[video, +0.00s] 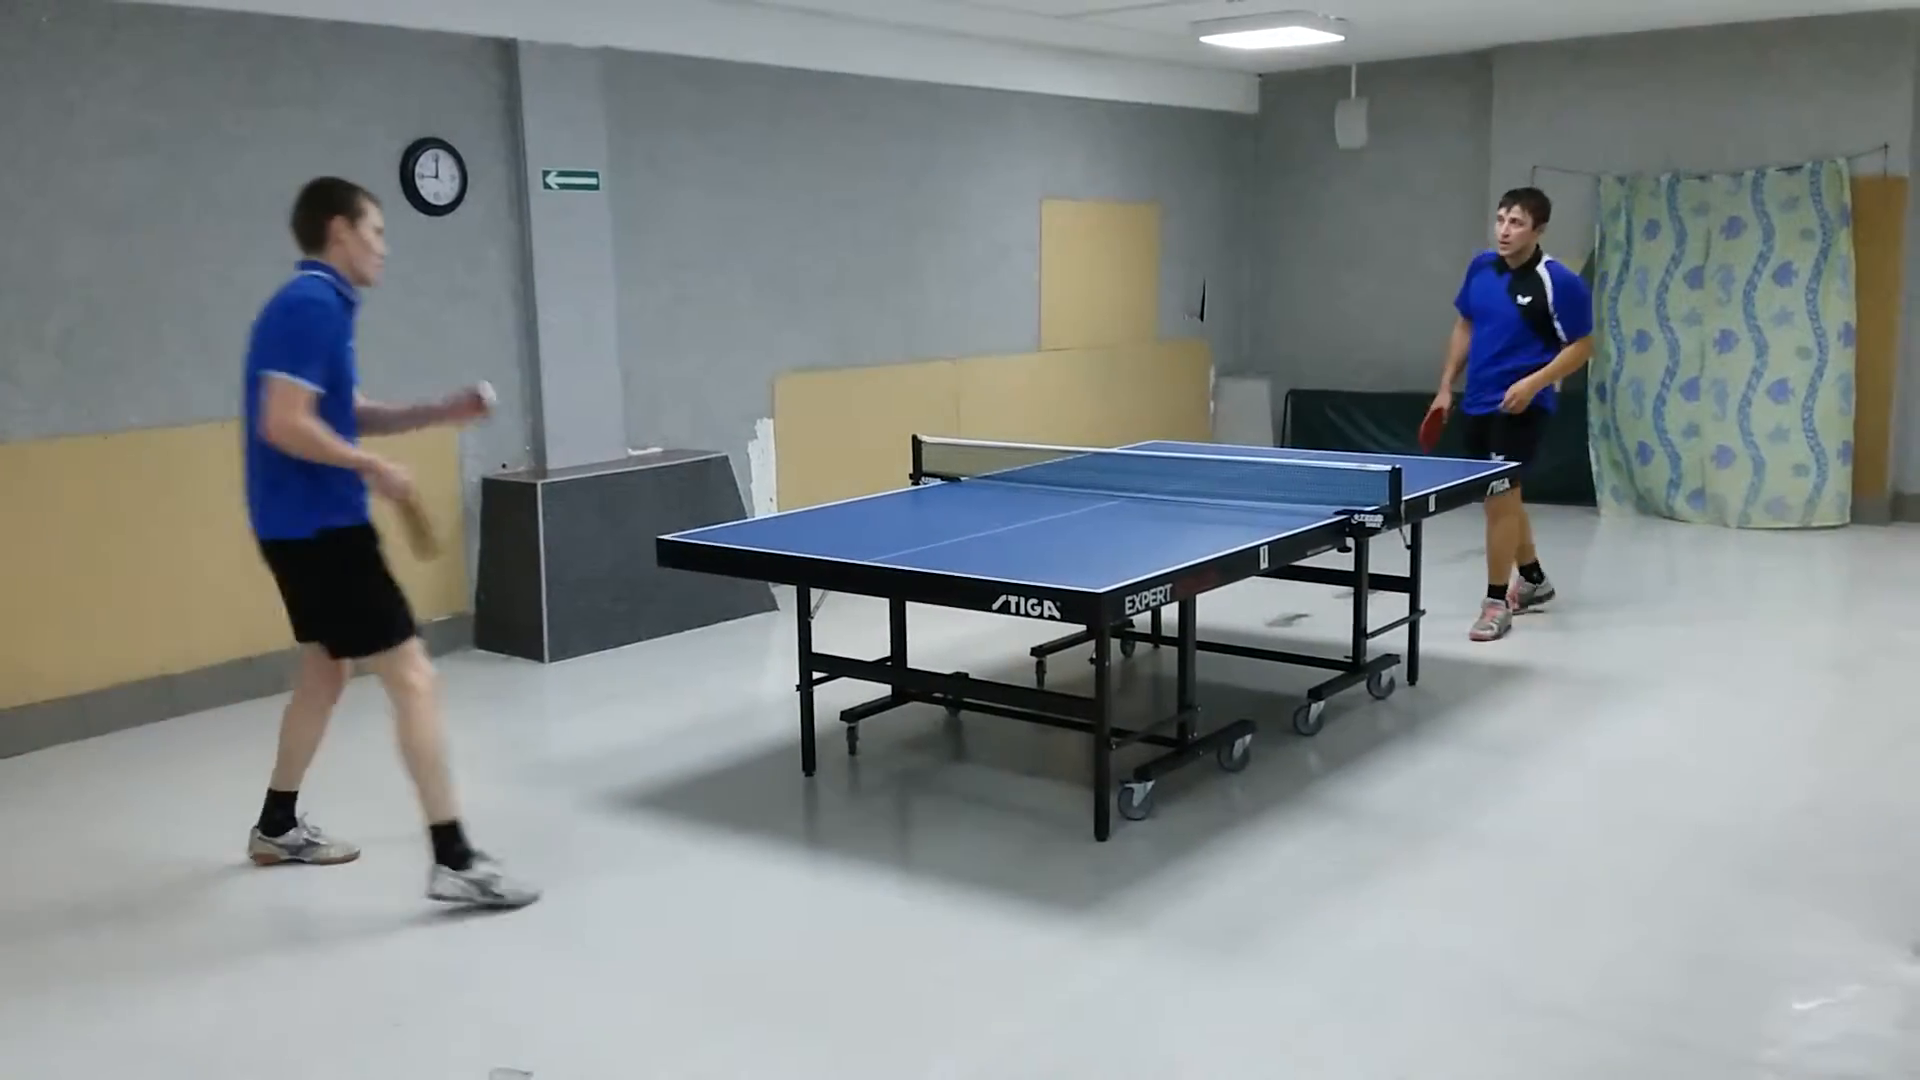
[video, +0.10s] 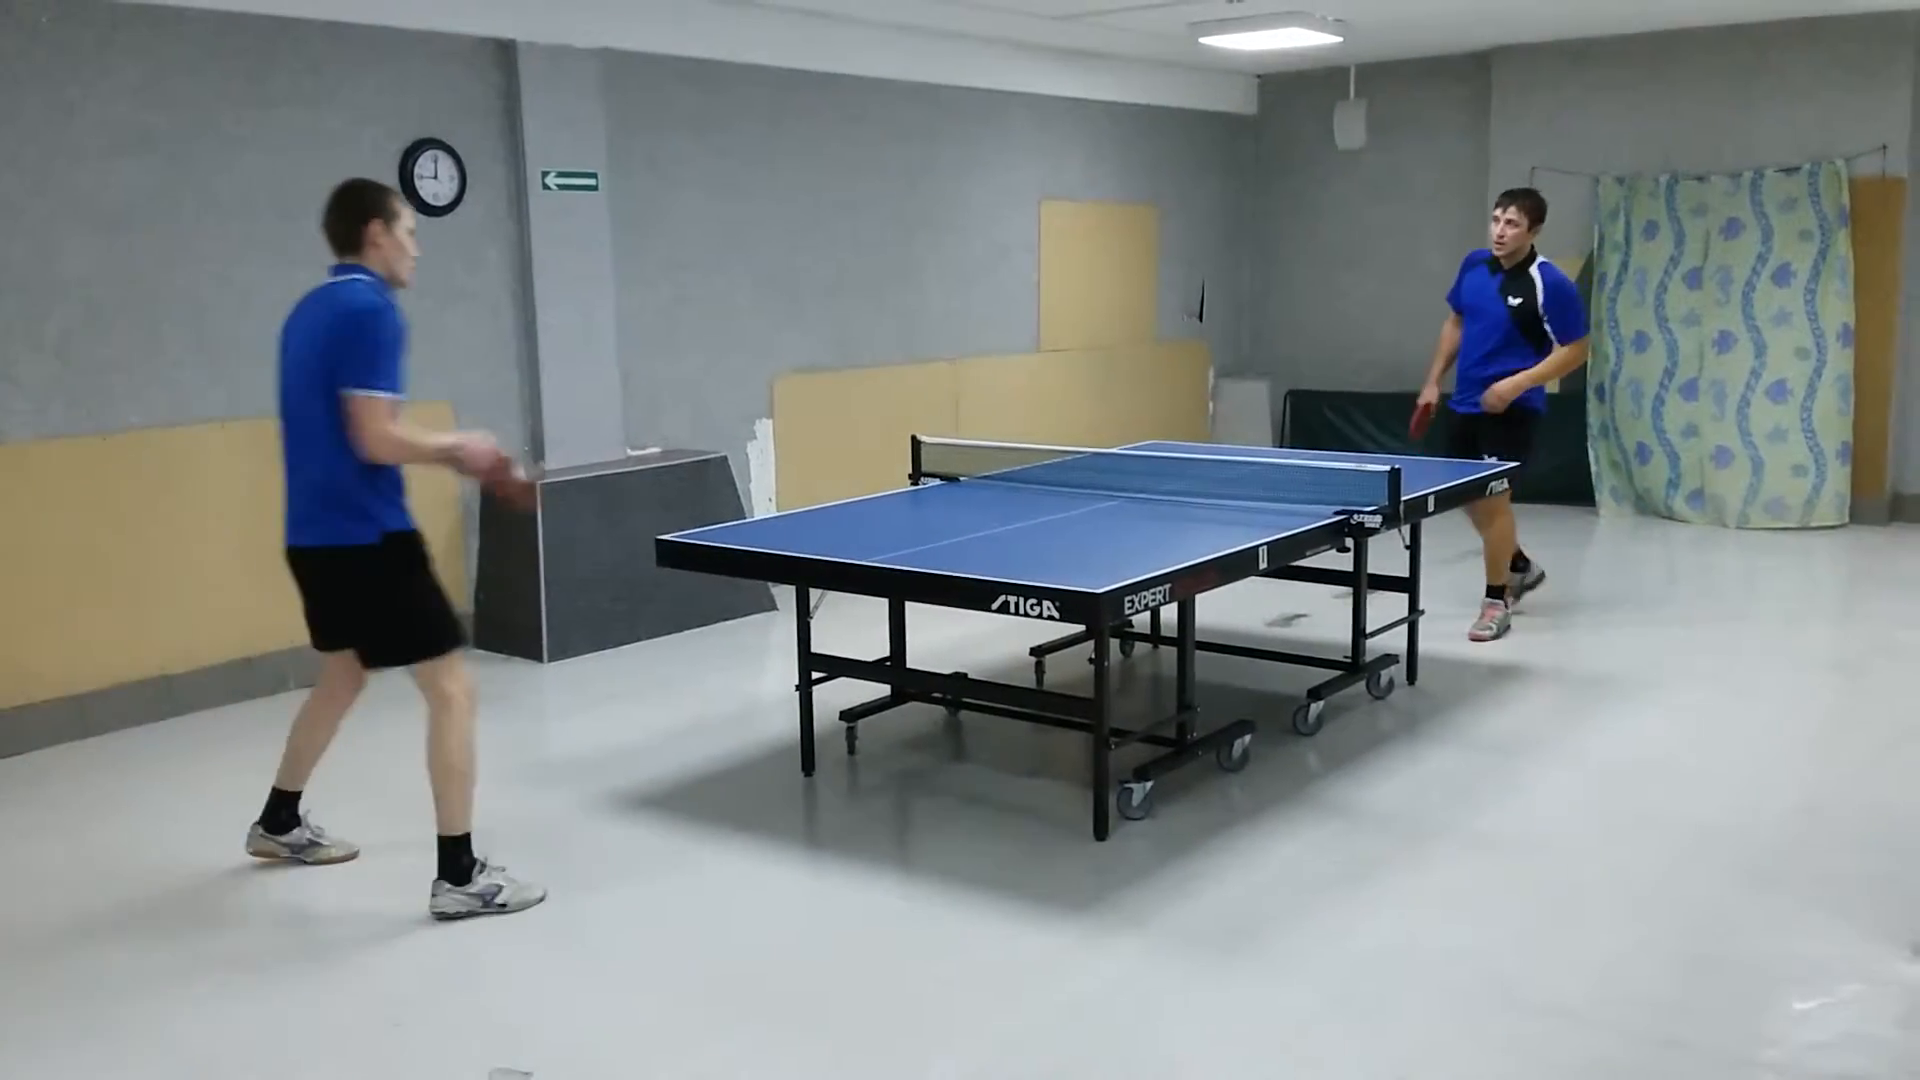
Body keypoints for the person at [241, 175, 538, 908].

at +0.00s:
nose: (383, 247)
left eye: (381, 234)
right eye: (373, 231)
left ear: (333, 236)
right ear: (335, 233)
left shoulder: (323, 305)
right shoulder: (311, 304)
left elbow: (343, 417)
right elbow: (282, 423)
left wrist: (440, 413)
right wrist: (375, 468)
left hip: (305, 527)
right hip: (320, 529)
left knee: (324, 669)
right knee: (414, 675)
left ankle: (276, 826)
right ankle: (453, 861)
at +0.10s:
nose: (416, 248)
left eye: (415, 234)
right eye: (408, 234)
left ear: (355, 239)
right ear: (376, 235)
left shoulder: (309, 311)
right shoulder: (370, 307)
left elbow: (352, 439)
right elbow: (375, 438)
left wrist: (453, 450)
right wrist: (459, 448)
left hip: (315, 542)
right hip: (371, 540)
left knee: (343, 674)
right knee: (451, 687)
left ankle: (277, 820)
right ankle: (459, 874)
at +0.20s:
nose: (448, 241)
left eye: (445, 225)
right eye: (441, 226)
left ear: (380, 235)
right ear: (412, 231)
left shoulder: (324, 310)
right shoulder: (417, 308)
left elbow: (350, 436)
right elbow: (466, 438)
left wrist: (437, 490)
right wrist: (530, 408)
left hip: (334, 539)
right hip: (402, 538)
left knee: (369, 677)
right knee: (470, 688)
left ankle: (293, 831)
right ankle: (460, 877)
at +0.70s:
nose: (487, 246)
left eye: (484, 232)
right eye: (482, 233)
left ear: (416, 241)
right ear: (454, 238)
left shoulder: (359, 322)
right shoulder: (472, 314)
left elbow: (312, 438)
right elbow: (482, 449)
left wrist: (377, 503)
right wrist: (554, 454)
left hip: (390, 566)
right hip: (476, 554)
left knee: (401, 734)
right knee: (586, 680)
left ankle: (387, 921)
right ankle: (535, 857)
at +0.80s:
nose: (502, 242)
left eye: (500, 228)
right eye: (498, 228)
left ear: (425, 235)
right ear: (471, 231)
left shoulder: (368, 316)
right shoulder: (487, 311)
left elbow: (320, 433)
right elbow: (497, 449)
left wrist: (383, 494)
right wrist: (567, 462)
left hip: (403, 564)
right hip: (489, 555)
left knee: (403, 734)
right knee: (603, 690)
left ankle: (388, 921)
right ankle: (588, 881)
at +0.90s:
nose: (523, 241)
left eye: (521, 227)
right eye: (519, 228)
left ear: (446, 236)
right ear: (495, 233)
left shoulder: (389, 318)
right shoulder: (514, 322)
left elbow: (336, 435)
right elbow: (530, 460)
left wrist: (400, 498)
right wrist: (587, 470)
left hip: (419, 570)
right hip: (510, 569)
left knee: (409, 732)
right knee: (609, 713)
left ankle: (388, 922)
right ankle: (623, 911)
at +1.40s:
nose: (662, 281)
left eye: (657, 268)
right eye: (660, 269)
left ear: (586, 268)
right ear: (645, 275)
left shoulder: (515, 320)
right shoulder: (636, 377)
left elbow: (432, 410)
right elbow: (627, 523)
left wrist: (479, 482)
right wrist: (701, 531)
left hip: (468, 568)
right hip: (549, 585)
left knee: (474, 686)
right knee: (634, 737)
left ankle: (432, 838)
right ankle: (622, 941)